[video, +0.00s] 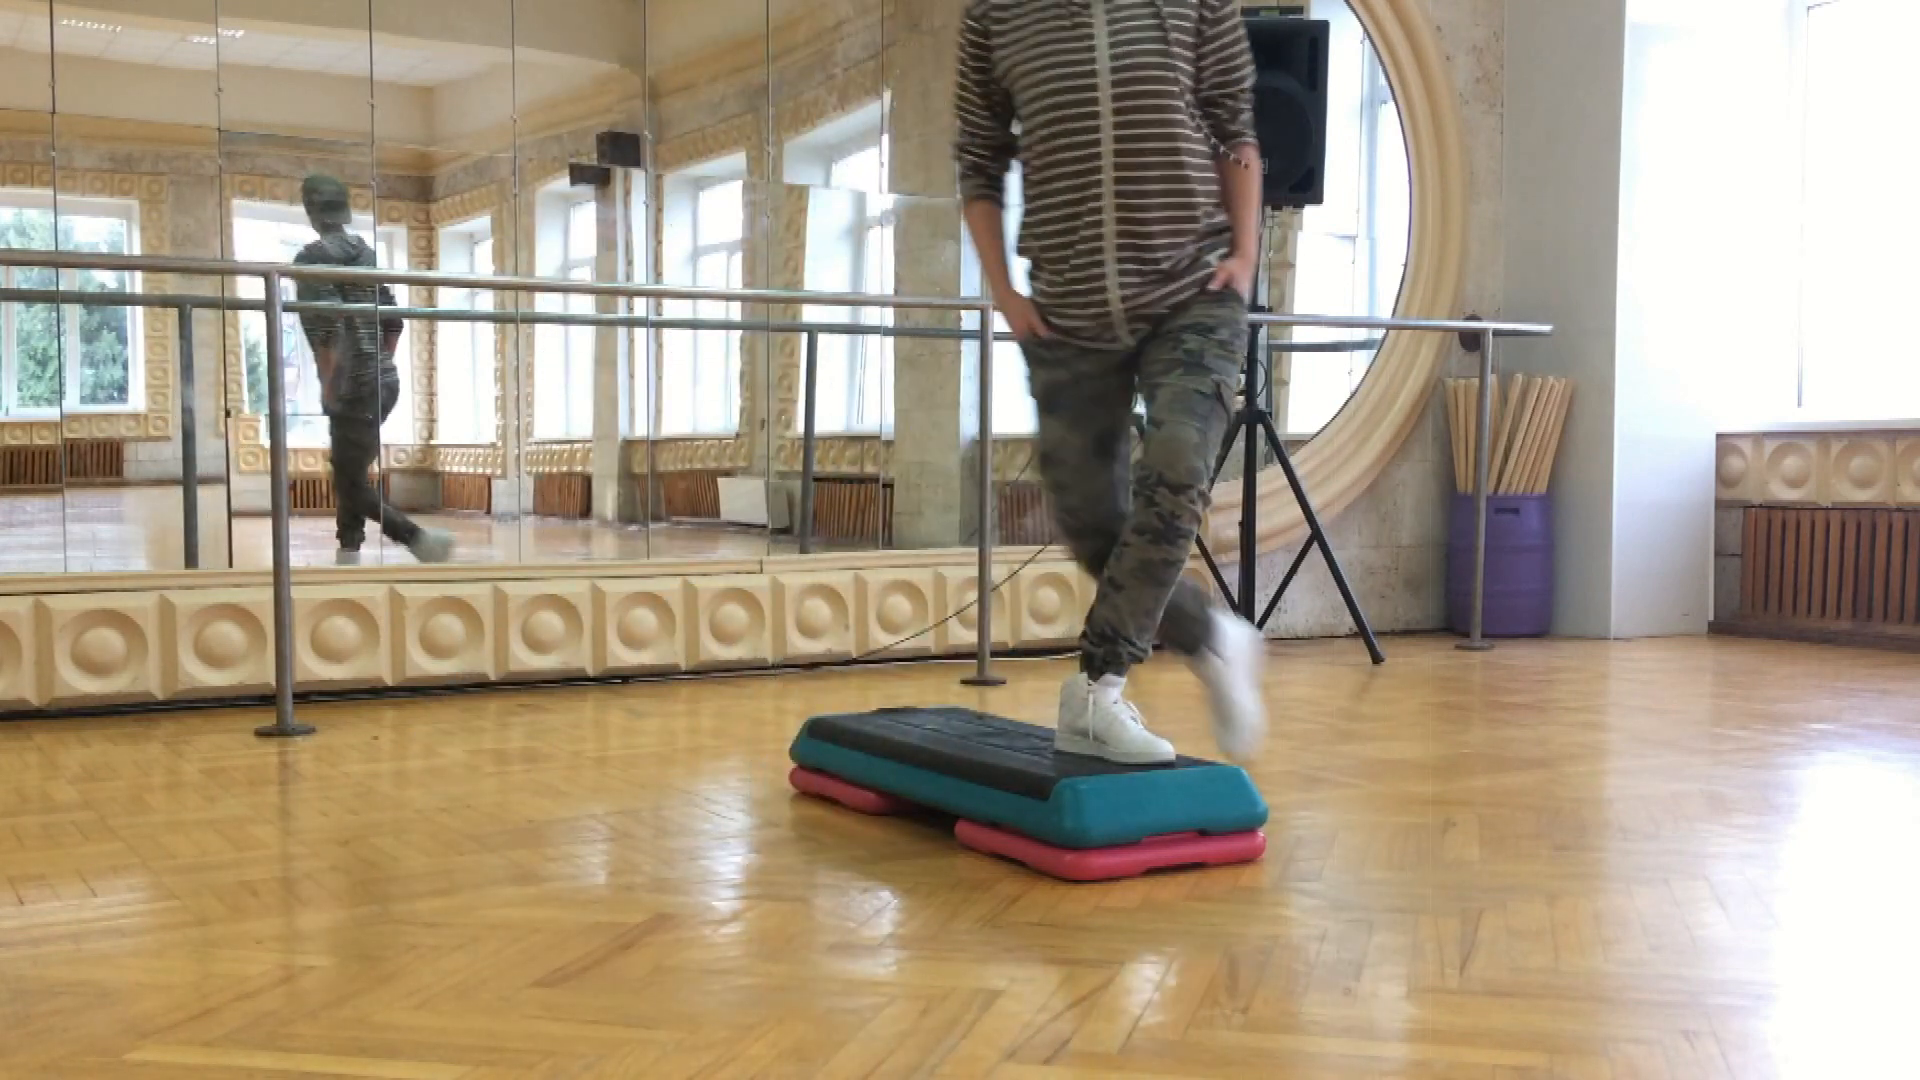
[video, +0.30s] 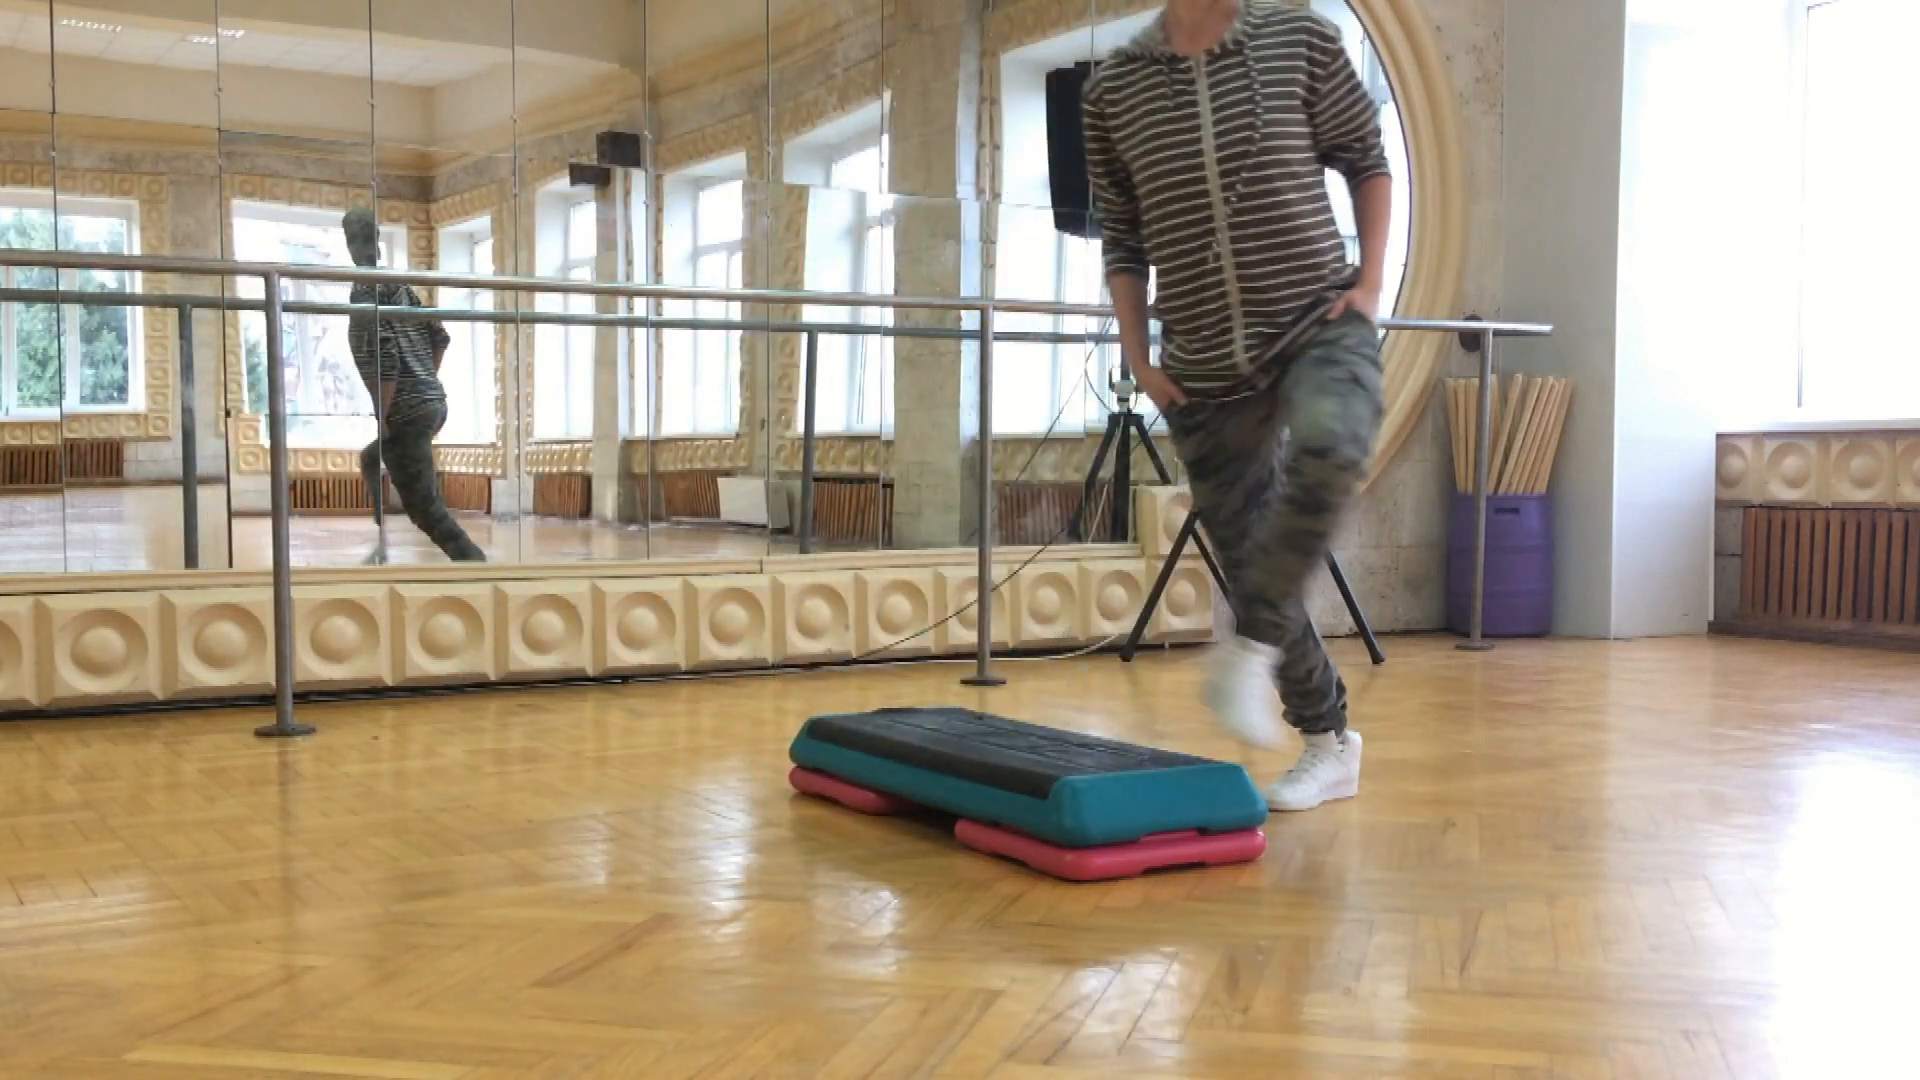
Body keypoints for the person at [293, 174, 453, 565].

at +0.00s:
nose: (313, 214)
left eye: (308, 207)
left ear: (309, 210)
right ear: (347, 209)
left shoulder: (310, 259)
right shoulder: (365, 253)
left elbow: (323, 325)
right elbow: (393, 317)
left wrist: (327, 382)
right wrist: (381, 363)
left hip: (352, 380)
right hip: (385, 378)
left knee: (352, 481)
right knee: (349, 471)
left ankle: (420, 540)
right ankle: (349, 557)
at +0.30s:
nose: (353, 246)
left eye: (352, 239)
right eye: (354, 238)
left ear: (351, 243)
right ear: (379, 240)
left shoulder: (364, 294)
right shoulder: (402, 288)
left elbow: (384, 362)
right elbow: (439, 337)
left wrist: (381, 416)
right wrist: (422, 381)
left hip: (407, 409)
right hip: (433, 404)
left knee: (425, 509)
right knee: (370, 457)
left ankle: (478, 569)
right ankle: (383, 534)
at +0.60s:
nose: (366, 246)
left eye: (359, 239)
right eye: (370, 239)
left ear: (351, 245)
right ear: (382, 243)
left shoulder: (342, 297)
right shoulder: (405, 286)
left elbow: (362, 355)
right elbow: (438, 345)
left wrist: (363, 413)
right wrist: (432, 394)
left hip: (388, 406)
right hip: (428, 403)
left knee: (388, 504)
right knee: (410, 493)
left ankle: (433, 547)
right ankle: (402, 572)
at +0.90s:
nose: (377, 253)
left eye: (375, 245)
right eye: (373, 245)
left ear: (345, 245)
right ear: (359, 245)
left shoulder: (321, 289)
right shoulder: (364, 285)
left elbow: (298, 349)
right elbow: (368, 342)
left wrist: (326, 387)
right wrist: (384, 388)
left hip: (339, 405)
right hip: (370, 403)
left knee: (353, 497)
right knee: (401, 492)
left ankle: (305, 559)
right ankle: (404, 572)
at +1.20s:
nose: (339, 248)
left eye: (343, 241)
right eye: (331, 241)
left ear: (347, 243)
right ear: (310, 243)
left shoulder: (353, 291)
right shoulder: (291, 286)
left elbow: (353, 347)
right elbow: (259, 336)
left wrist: (352, 390)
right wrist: (281, 388)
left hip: (348, 410)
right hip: (306, 407)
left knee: (321, 485)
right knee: (342, 478)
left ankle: (297, 551)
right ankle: (324, 550)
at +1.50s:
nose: (306, 242)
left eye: (313, 234)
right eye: (298, 234)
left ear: (322, 238)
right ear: (283, 239)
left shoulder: (343, 288)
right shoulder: (263, 283)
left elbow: (353, 348)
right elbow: (244, 340)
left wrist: (352, 396)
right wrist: (249, 397)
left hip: (331, 406)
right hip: (280, 409)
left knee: (350, 469)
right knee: (290, 497)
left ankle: (325, 529)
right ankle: (298, 575)